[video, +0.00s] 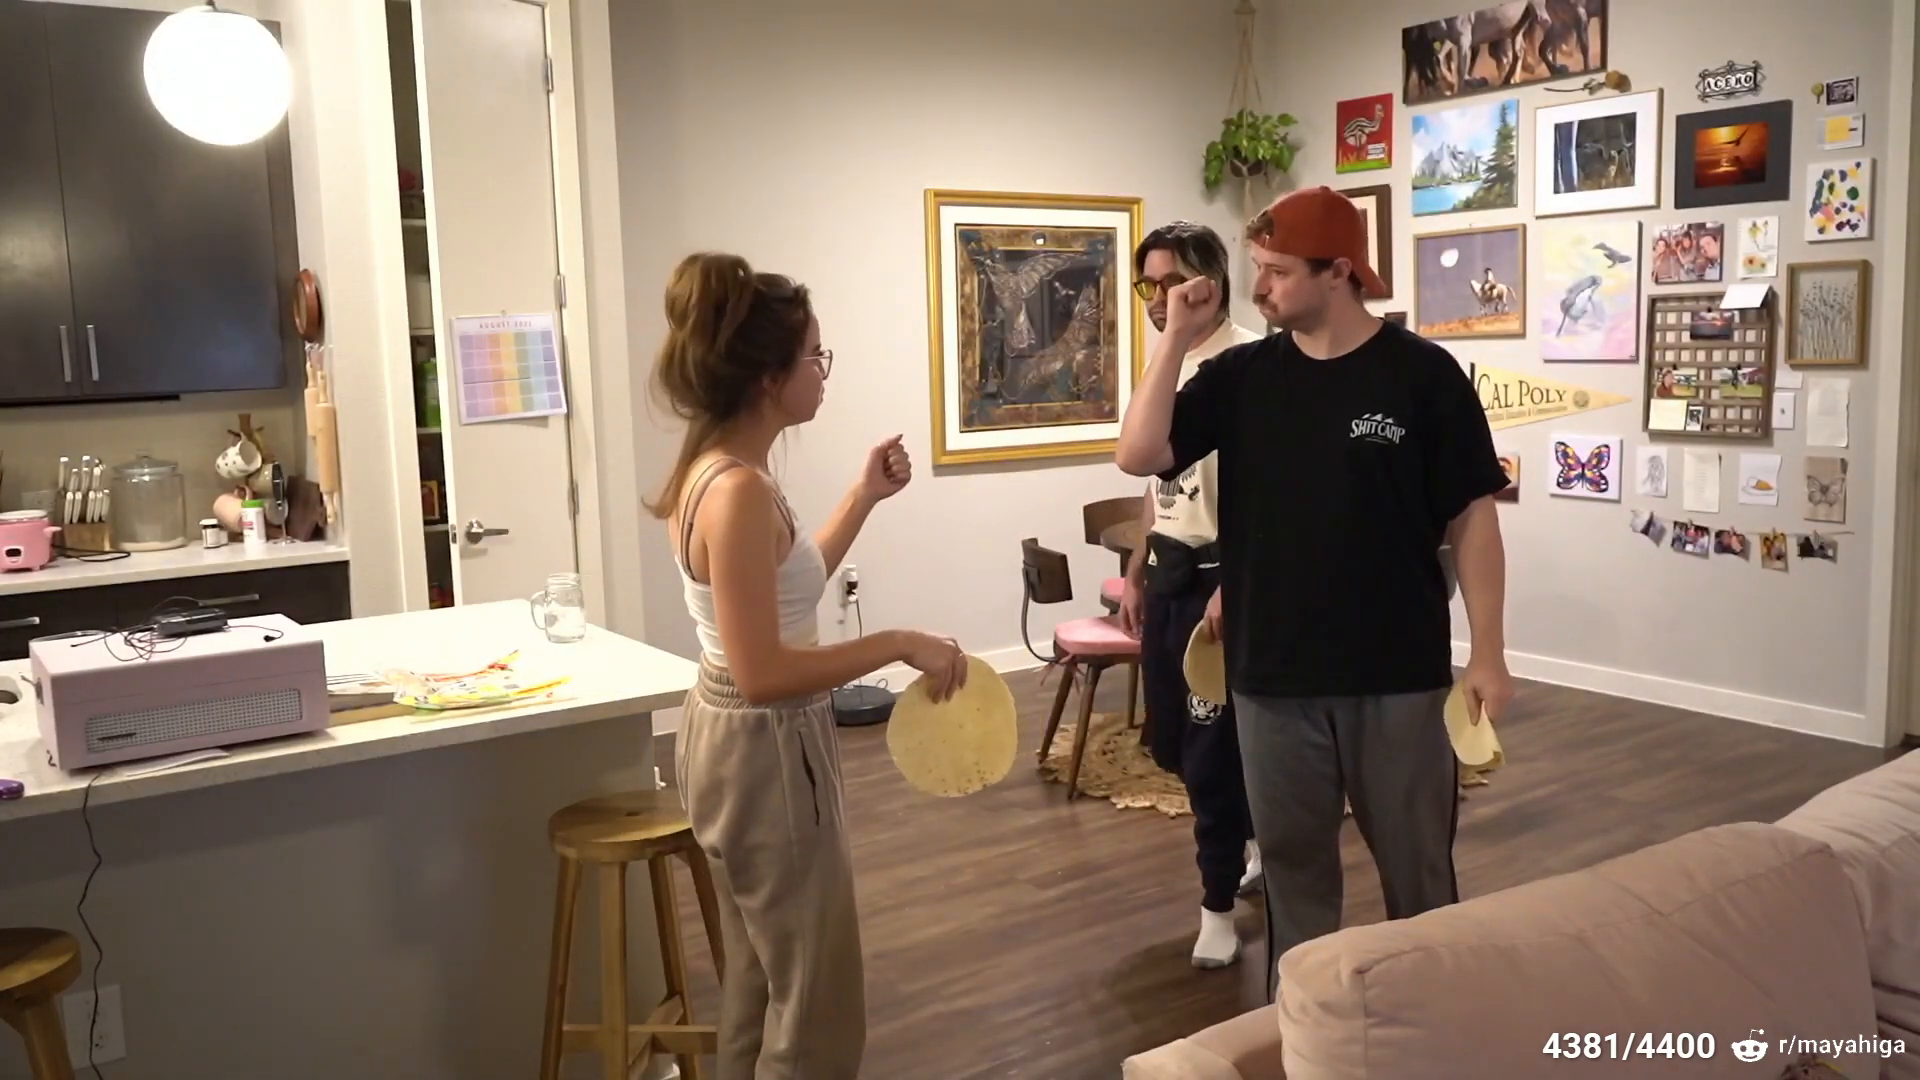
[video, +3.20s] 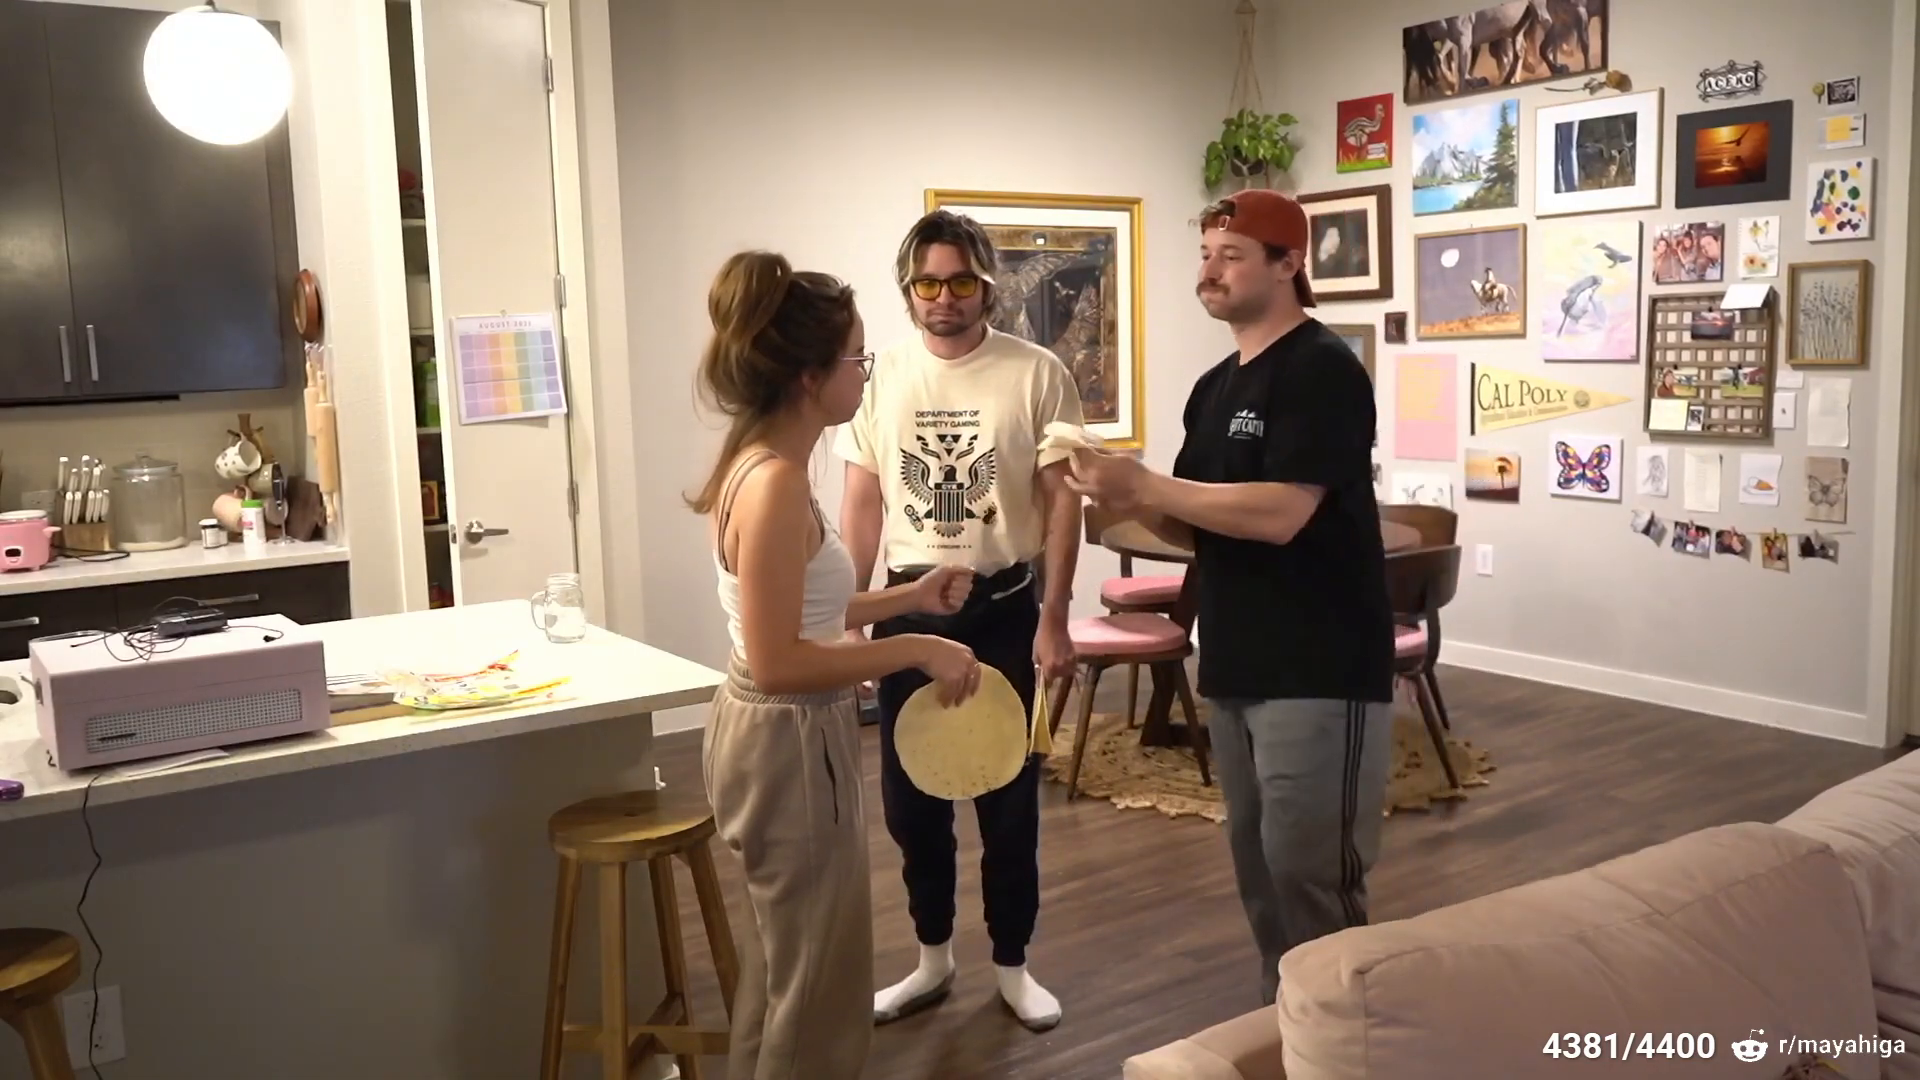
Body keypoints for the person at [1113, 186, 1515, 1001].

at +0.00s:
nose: (1258, 288)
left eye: (1274, 273)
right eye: (1257, 273)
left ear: (1338, 273)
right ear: (1313, 275)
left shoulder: (1425, 374)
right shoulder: (1239, 377)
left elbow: (1473, 518)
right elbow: (1139, 452)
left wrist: (1487, 652)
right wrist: (1174, 339)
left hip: (1397, 681)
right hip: (1272, 683)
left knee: (1420, 884)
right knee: (1293, 886)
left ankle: (1440, 1039)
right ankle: (1302, 1043)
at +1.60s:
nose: (1284, 256)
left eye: (1306, 243)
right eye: (1280, 244)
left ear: (1361, 258)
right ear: (1274, 260)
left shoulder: (1431, 371)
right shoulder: (1247, 374)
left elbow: (1484, 510)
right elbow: (1157, 481)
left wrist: (1498, 648)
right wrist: (1159, 371)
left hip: (1402, 677)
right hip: (1277, 677)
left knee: (1418, 879)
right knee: (1294, 874)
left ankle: (1439, 1034)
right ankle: (1303, 1036)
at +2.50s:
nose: (1285, 262)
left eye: (1306, 249)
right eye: (1280, 250)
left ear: (1361, 262)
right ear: (1275, 261)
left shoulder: (1428, 374)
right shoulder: (1240, 376)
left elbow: (1475, 518)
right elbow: (1136, 437)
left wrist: (1491, 653)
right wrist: (1051, 441)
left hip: (1397, 680)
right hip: (1274, 681)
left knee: (1422, 881)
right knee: (1290, 877)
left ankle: (1445, 1034)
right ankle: (1298, 1037)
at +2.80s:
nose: (1259, 260)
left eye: (1280, 246)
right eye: (1252, 248)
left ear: (1334, 258)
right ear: (1246, 263)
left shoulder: (1406, 374)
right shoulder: (1217, 381)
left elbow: (1468, 498)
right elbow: (1129, 480)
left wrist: (1418, 601)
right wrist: (1054, 505)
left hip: (1385, 675)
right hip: (1263, 678)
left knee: (1411, 874)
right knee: (1282, 873)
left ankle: (1440, 1025)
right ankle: (1296, 1033)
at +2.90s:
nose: (1248, 258)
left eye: (1270, 245)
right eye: (1243, 247)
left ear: (1324, 259)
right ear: (1237, 264)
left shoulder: (1392, 375)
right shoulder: (1207, 383)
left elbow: (1437, 517)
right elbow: (1145, 499)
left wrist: (1328, 562)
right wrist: (1132, 523)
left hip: (1373, 675)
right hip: (1250, 677)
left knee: (1402, 862)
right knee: (1273, 867)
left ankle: (1428, 1016)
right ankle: (1293, 1026)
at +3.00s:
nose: (1234, 263)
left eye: (1256, 248)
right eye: (1230, 250)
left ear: (1311, 261)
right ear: (1228, 264)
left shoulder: (1371, 372)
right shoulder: (1205, 382)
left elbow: (1388, 521)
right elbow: (1175, 508)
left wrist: (1242, 528)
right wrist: (1170, 534)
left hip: (1354, 675)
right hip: (1237, 674)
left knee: (1375, 865)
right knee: (1265, 870)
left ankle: (1406, 1019)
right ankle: (1294, 1026)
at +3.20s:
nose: (1209, 271)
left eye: (1230, 257)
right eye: (1205, 258)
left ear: (1285, 268)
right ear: (1206, 269)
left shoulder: (1324, 366)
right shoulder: (1213, 386)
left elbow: (1284, 511)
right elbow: (1194, 529)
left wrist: (1151, 489)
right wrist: (1107, 504)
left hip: (1321, 676)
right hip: (1235, 673)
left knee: (1313, 889)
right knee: (1264, 885)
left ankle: (1340, 1051)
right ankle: (1291, 1038)